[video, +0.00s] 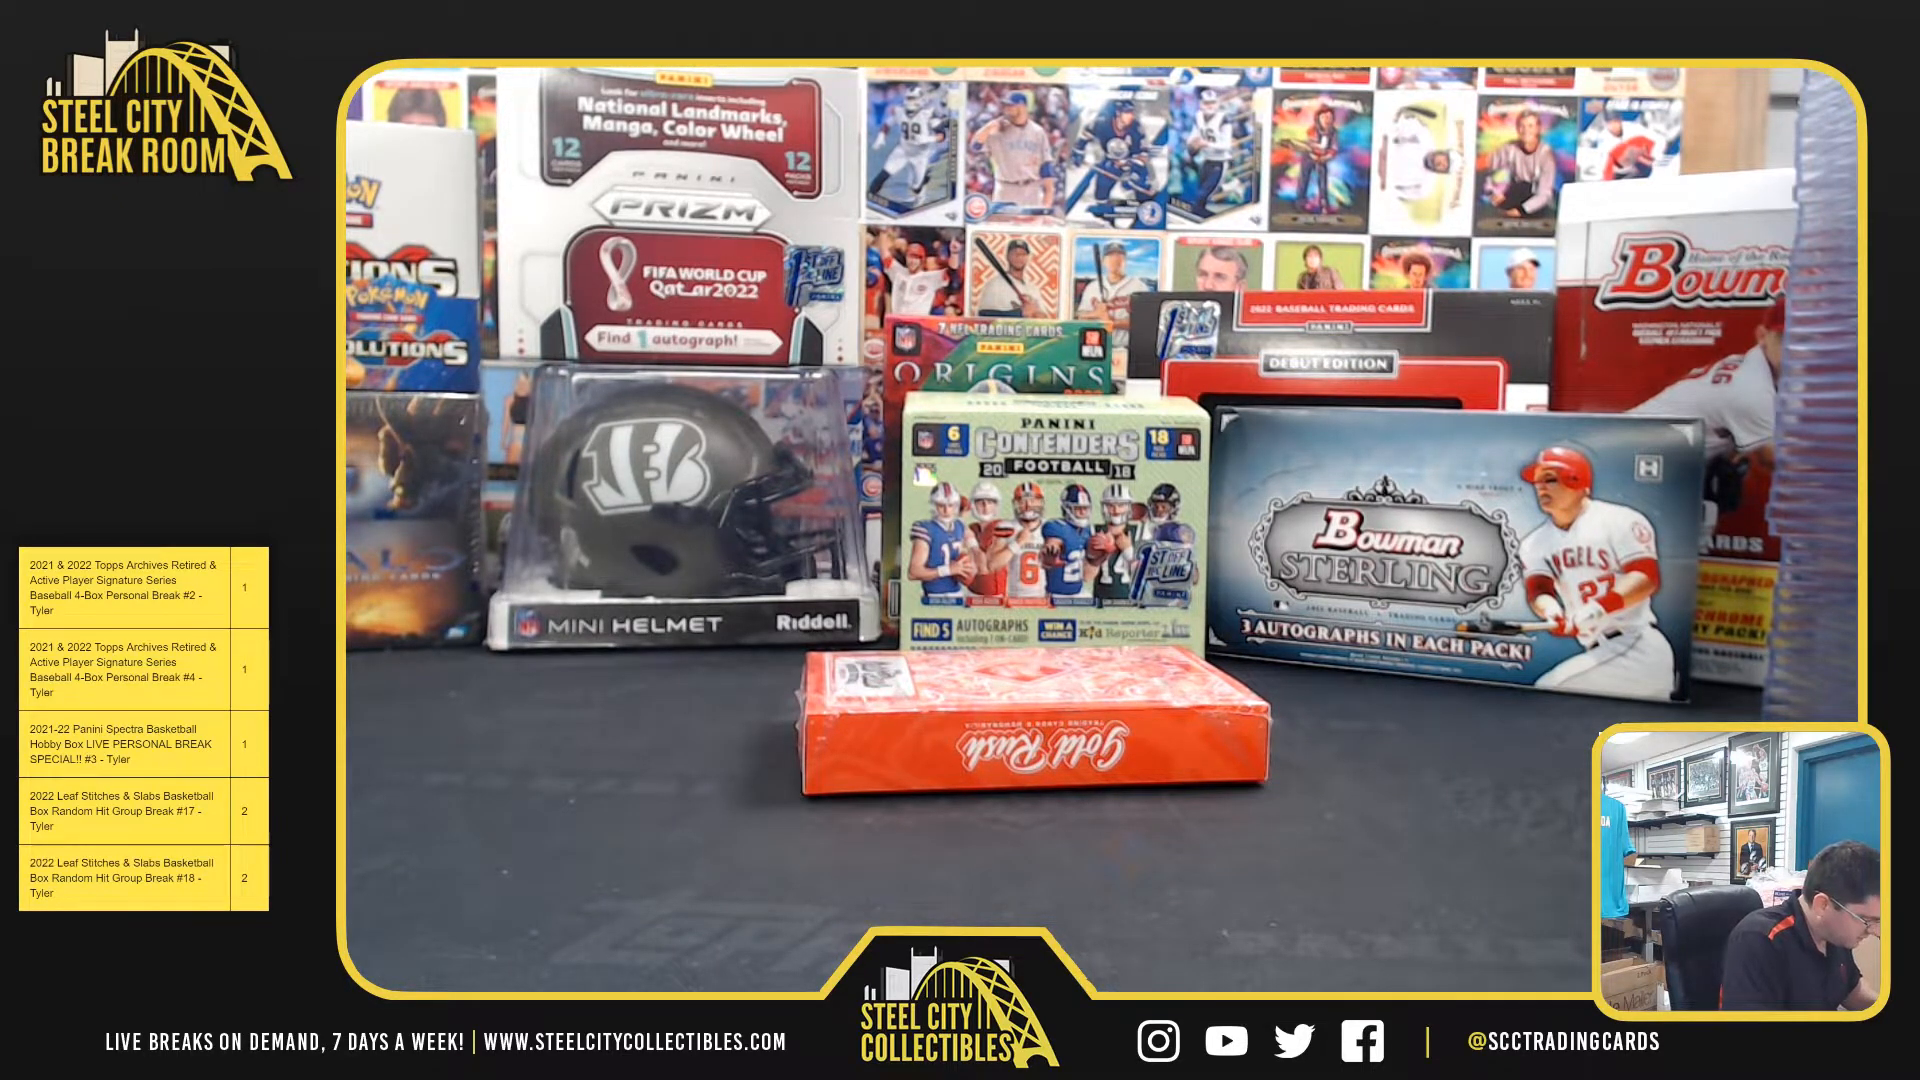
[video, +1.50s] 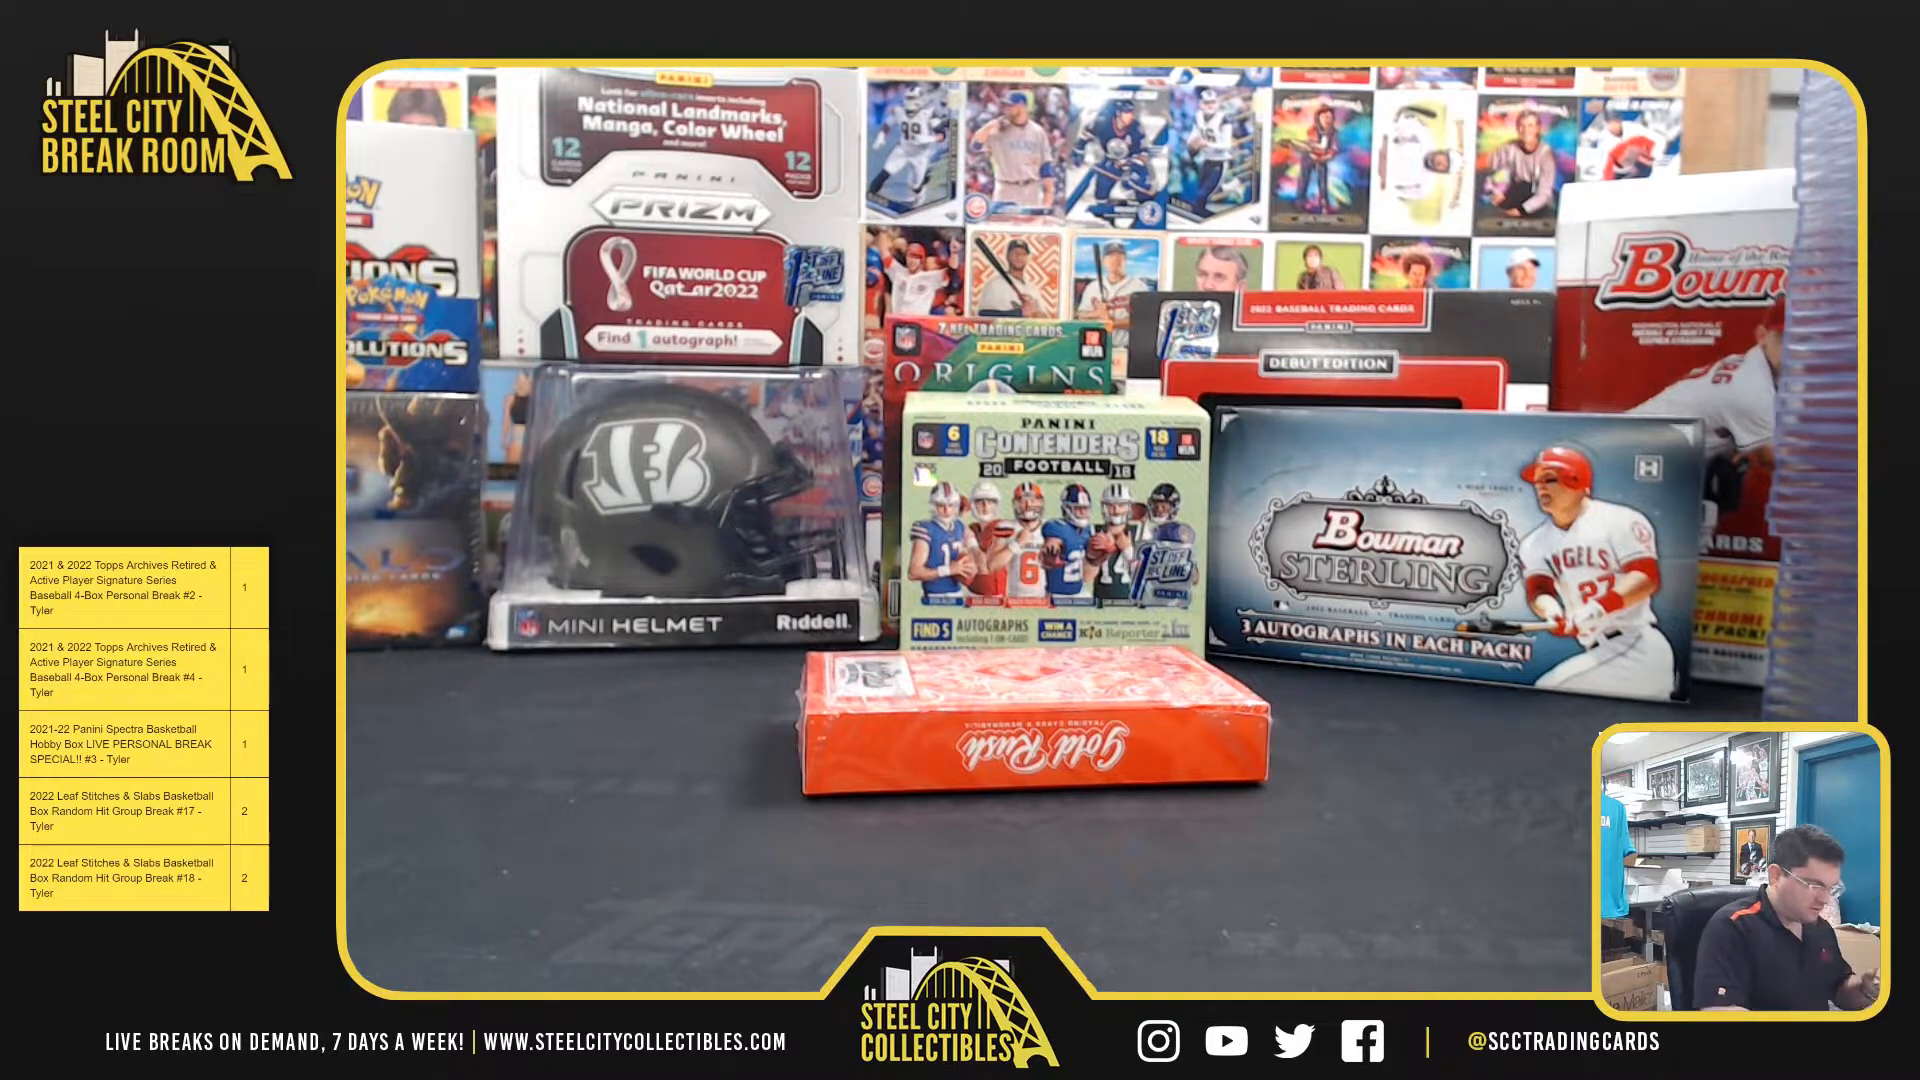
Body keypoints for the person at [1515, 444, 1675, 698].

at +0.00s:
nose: (1540, 490)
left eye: (1550, 481)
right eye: (1537, 483)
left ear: (1578, 484)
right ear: (1533, 488)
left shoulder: (1624, 521)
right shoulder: (1534, 545)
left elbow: (1646, 577)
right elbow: (1538, 591)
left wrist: (1599, 608)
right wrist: (1554, 614)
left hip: (1638, 648)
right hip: (1599, 651)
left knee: (1546, 692)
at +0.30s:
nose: (1540, 490)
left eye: (1550, 481)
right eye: (1537, 484)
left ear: (1578, 484)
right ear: (1533, 488)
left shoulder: (1624, 521)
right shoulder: (1534, 545)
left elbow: (1646, 577)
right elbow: (1538, 591)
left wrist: (1599, 608)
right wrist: (1554, 614)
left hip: (1638, 647)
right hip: (1598, 651)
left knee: (1546, 692)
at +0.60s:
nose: (1540, 490)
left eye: (1550, 481)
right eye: (1537, 484)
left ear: (1578, 484)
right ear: (1533, 488)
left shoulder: (1624, 521)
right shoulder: (1534, 545)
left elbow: (1646, 577)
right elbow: (1538, 592)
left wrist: (1598, 608)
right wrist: (1554, 614)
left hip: (1638, 647)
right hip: (1598, 651)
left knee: (1546, 693)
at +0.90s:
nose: (1540, 490)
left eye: (1549, 480)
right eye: (1537, 483)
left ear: (1578, 484)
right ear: (1533, 488)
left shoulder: (1624, 521)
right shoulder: (1534, 545)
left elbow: (1646, 577)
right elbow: (1538, 591)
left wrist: (1599, 608)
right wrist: (1553, 613)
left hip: (1638, 649)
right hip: (1599, 652)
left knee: (1546, 692)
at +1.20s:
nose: (1540, 490)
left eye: (1550, 480)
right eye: (1537, 483)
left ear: (1578, 484)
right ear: (1533, 488)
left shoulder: (1624, 521)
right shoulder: (1534, 545)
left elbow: (1646, 577)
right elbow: (1539, 591)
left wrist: (1599, 608)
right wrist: (1553, 613)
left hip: (1638, 649)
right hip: (1599, 652)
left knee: (1545, 693)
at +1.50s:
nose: (1540, 490)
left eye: (1550, 481)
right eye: (1537, 484)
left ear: (1578, 484)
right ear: (1533, 488)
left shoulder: (1624, 521)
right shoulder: (1534, 545)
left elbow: (1646, 577)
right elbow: (1539, 591)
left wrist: (1599, 608)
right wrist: (1554, 614)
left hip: (1638, 648)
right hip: (1599, 652)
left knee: (1546, 692)